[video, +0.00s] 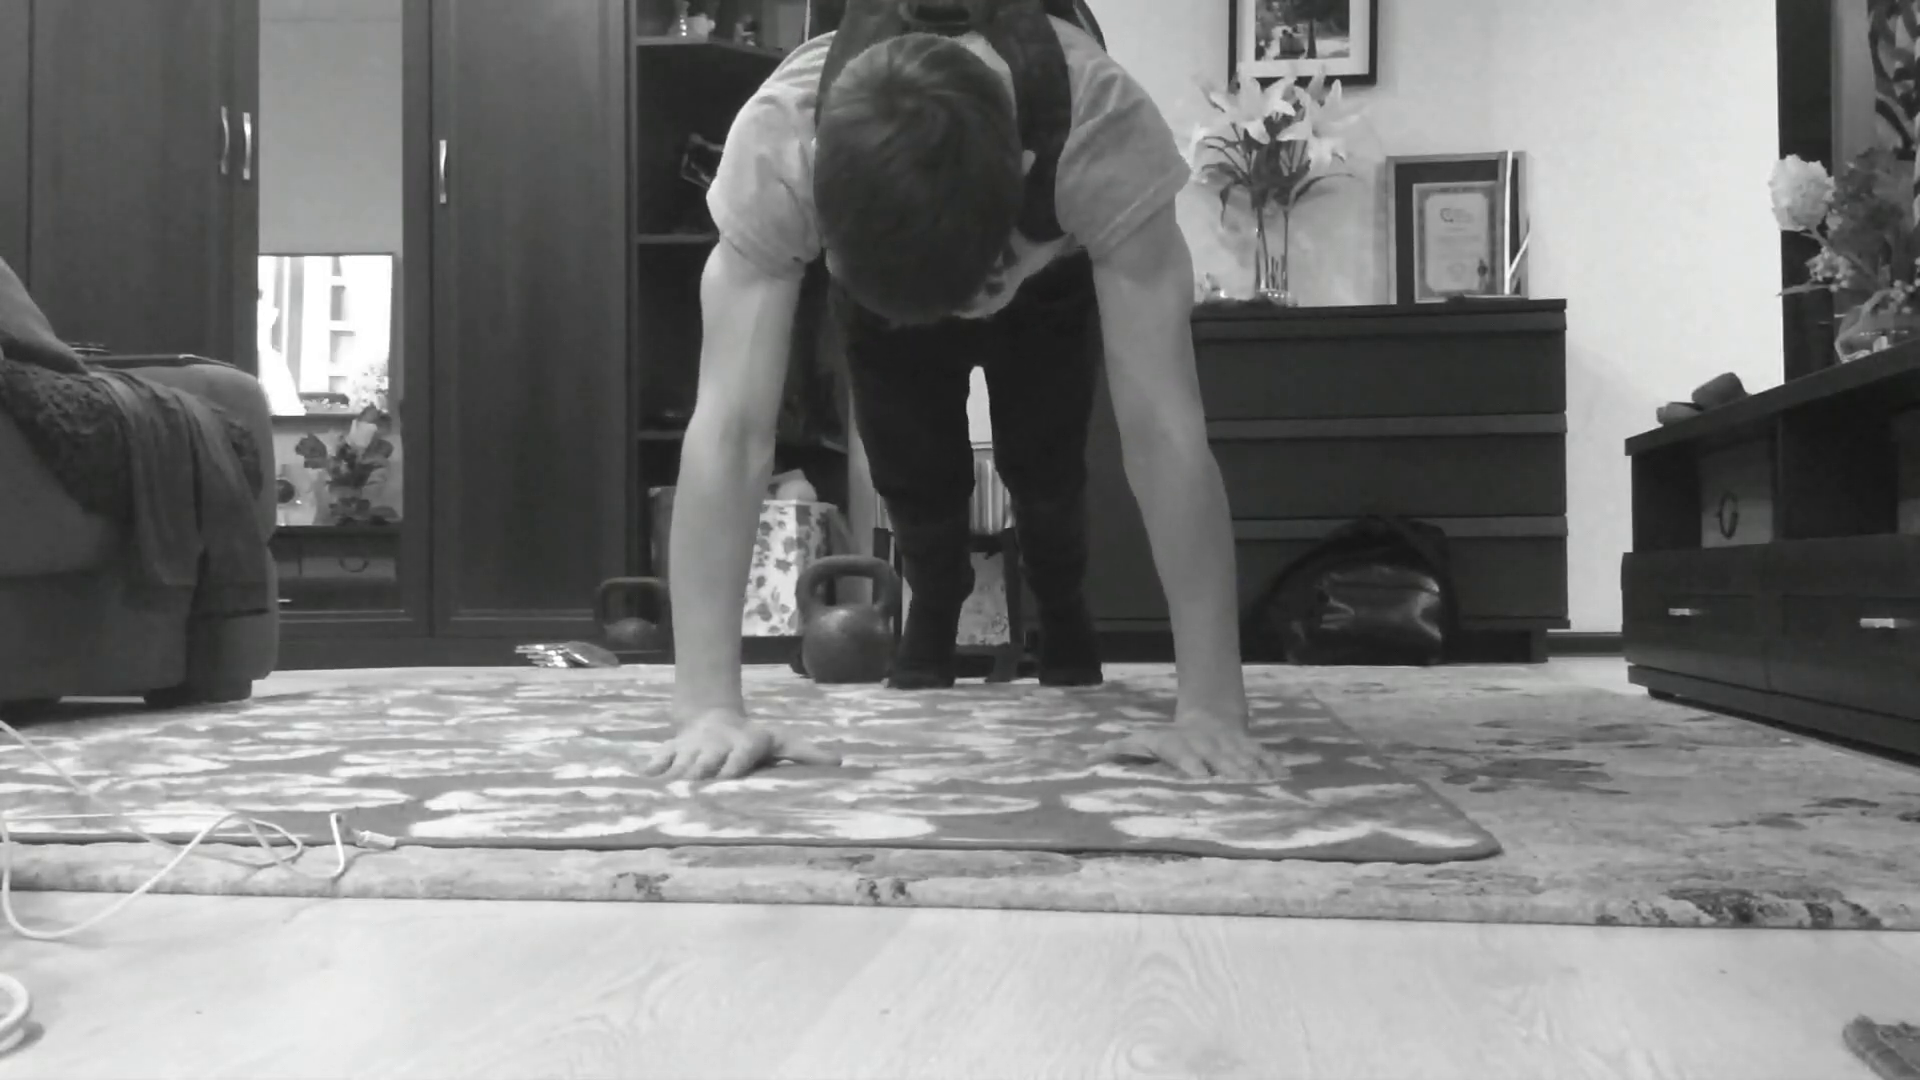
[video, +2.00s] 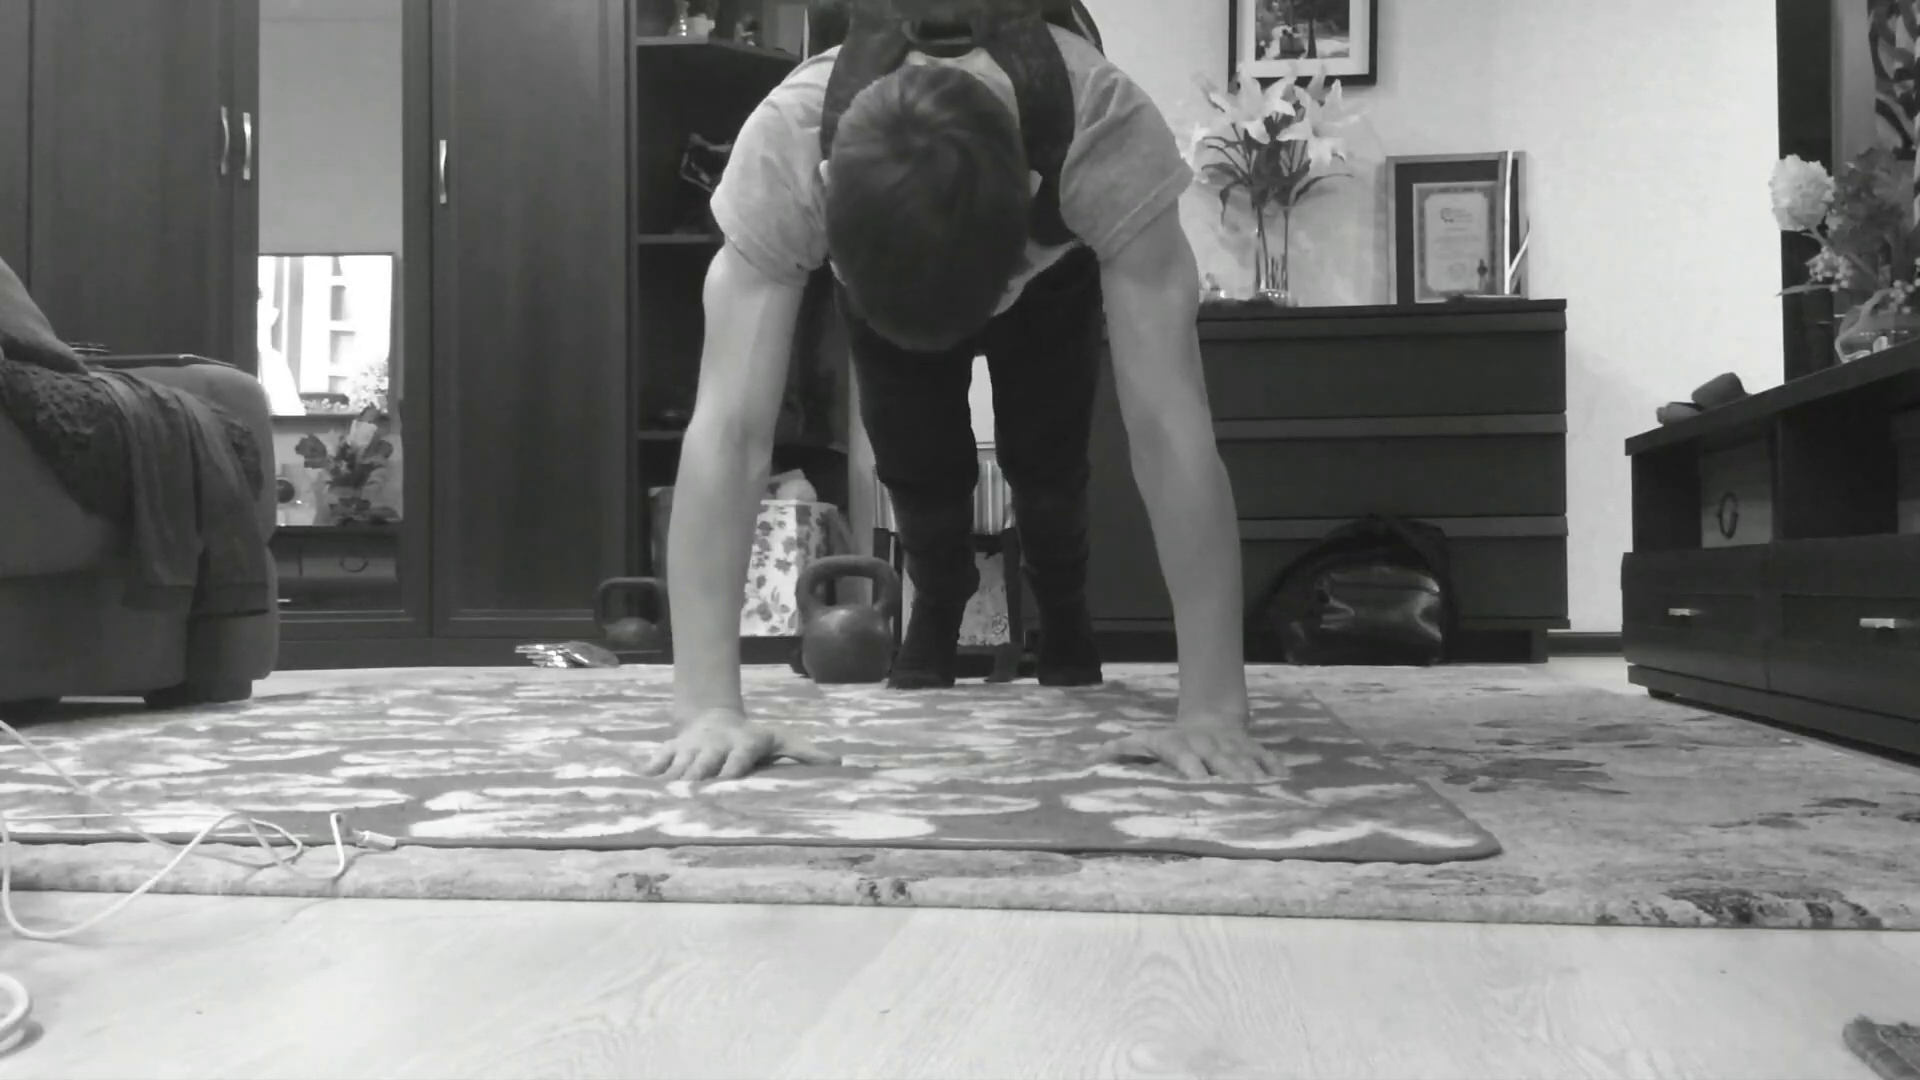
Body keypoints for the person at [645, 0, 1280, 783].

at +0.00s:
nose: (946, 327)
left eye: (974, 293)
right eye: (901, 313)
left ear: (1025, 182)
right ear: (827, 193)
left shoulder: (1112, 143)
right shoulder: (773, 157)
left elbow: (1167, 440)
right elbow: (727, 435)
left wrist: (1213, 709)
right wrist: (709, 709)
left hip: (1049, 257)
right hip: (869, 267)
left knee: (1045, 472)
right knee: (911, 477)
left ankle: (1057, 611)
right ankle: (931, 602)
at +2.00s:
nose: (945, 342)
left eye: (974, 321)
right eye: (903, 330)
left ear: (1027, 209)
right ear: (837, 222)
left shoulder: (1117, 147)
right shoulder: (783, 157)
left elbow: (1175, 439)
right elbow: (727, 433)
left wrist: (1213, 710)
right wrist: (709, 709)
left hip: (1048, 247)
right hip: (874, 258)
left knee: (1046, 472)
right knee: (915, 470)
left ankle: (1061, 623)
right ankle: (935, 602)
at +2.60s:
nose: (927, 329)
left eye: (958, 297)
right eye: (891, 315)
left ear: (1019, 185)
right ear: (820, 182)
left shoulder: (1112, 144)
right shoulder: (769, 155)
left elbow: (1171, 437)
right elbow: (721, 431)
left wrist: (1212, 708)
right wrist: (708, 708)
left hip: (1042, 258)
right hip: (869, 273)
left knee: (1044, 472)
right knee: (913, 478)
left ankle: (1060, 627)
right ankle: (932, 607)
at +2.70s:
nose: (926, 329)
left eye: (956, 297)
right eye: (891, 314)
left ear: (1018, 184)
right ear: (819, 180)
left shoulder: (1112, 143)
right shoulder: (767, 156)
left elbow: (1172, 439)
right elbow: (721, 429)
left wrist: (1212, 708)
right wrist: (708, 708)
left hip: (1042, 258)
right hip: (868, 273)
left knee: (1043, 473)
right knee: (912, 476)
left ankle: (1060, 627)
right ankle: (932, 606)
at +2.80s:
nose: (925, 333)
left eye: (959, 297)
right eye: (890, 317)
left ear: (1019, 187)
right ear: (821, 185)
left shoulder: (1111, 144)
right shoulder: (767, 157)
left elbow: (1180, 436)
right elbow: (715, 434)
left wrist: (1214, 710)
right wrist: (709, 709)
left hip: (1043, 256)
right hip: (869, 269)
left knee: (1043, 470)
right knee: (910, 475)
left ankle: (1059, 625)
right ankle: (932, 605)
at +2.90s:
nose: (929, 339)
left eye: (968, 299)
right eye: (892, 323)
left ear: (1020, 196)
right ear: (823, 190)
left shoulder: (1111, 143)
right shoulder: (768, 157)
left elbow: (1186, 430)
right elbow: (712, 432)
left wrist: (1215, 710)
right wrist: (708, 709)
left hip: (1045, 254)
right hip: (869, 264)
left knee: (1042, 468)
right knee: (909, 473)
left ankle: (1060, 619)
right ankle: (932, 604)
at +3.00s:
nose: (934, 326)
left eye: (965, 288)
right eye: (894, 309)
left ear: (1025, 176)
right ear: (821, 176)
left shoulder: (1115, 146)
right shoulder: (767, 156)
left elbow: (1181, 432)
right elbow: (713, 433)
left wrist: (1214, 712)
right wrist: (708, 709)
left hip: (1045, 261)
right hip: (869, 274)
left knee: (1042, 471)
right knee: (910, 477)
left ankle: (1060, 623)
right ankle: (933, 601)